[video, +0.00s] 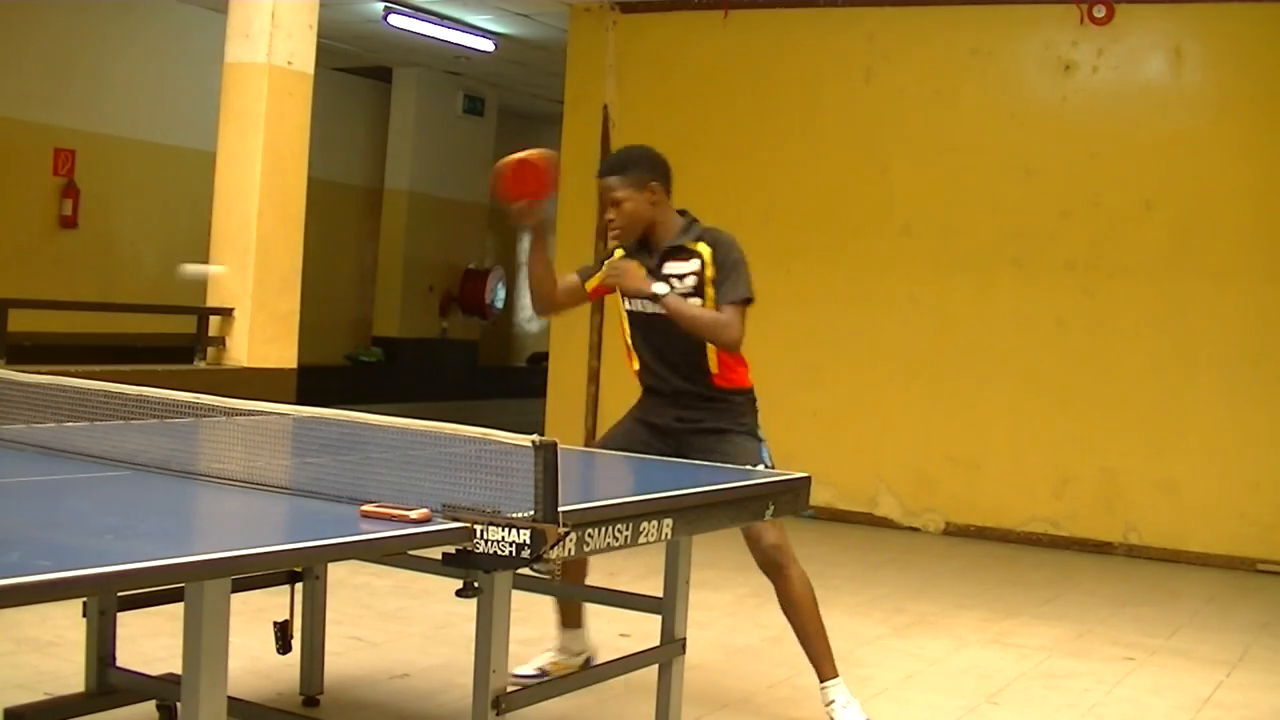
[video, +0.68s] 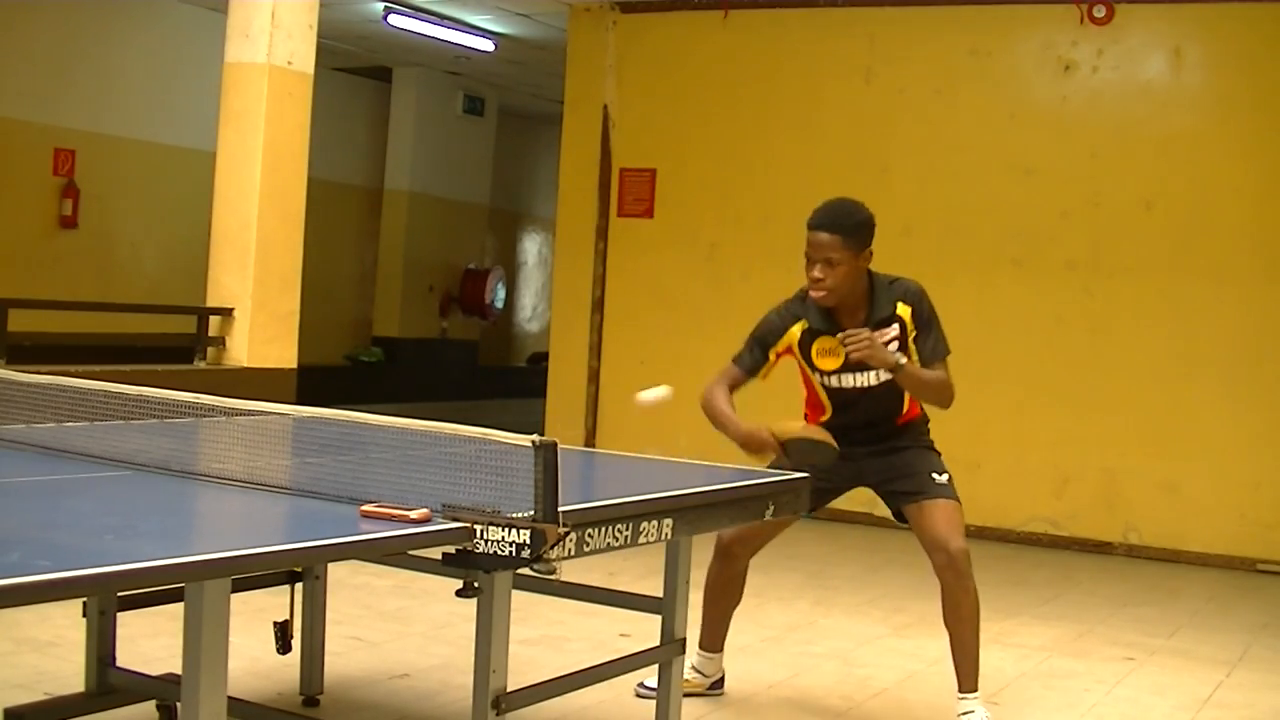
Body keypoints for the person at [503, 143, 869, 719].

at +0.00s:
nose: (607, 216)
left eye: (615, 203)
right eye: (604, 205)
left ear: (653, 196)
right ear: (638, 201)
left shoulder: (716, 248)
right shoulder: (628, 257)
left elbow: (730, 333)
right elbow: (548, 300)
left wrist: (651, 288)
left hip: (723, 424)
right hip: (654, 418)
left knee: (770, 548)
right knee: (564, 506)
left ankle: (835, 693)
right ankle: (570, 648)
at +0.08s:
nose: (636, 220)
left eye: (648, 208)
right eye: (632, 208)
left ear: (687, 207)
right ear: (630, 210)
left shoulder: (734, 269)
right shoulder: (631, 264)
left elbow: (747, 354)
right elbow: (559, 290)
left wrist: (687, 287)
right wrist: (587, 219)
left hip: (722, 437)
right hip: (643, 432)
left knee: (786, 543)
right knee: (557, 521)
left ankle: (840, 693)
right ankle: (549, 654)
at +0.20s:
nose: (685, 215)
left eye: (697, 203)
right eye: (680, 203)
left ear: (731, 205)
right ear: (677, 204)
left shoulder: (774, 270)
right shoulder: (668, 265)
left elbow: (783, 363)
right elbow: (621, 342)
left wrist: (736, 298)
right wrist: (644, 276)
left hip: (753, 432)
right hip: (676, 429)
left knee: (826, 539)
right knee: (588, 523)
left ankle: (853, 693)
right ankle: (553, 654)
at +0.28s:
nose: (708, 209)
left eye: (721, 197)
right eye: (704, 197)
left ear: (758, 198)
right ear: (701, 199)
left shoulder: (803, 258)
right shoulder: (695, 268)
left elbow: (821, 352)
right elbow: (662, 365)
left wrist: (766, 303)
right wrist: (665, 321)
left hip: (798, 424)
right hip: (720, 423)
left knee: (853, 534)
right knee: (638, 517)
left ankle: (866, 687)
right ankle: (587, 648)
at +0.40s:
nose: (743, 226)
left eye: (757, 215)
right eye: (738, 214)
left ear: (792, 216)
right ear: (734, 215)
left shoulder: (839, 271)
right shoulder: (724, 289)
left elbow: (867, 366)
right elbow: (696, 390)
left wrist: (811, 323)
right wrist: (730, 375)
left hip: (845, 427)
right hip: (768, 427)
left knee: (898, 538)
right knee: (687, 521)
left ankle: (931, 686)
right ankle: (698, 661)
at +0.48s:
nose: (768, 259)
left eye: (782, 248)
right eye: (764, 246)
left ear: (817, 247)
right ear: (760, 245)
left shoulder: (866, 299)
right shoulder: (752, 318)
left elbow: (893, 392)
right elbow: (721, 410)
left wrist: (839, 351)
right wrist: (738, 440)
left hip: (873, 447)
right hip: (797, 447)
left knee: (929, 551)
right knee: (703, 542)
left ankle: (966, 700)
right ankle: (703, 667)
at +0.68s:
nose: (815, 275)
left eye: (829, 264)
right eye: (810, 262)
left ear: (864, 261)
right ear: (804, 256)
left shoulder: (906, 302)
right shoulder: (791, 317)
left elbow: (944, 394)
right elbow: (714, 392)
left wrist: (892, 364)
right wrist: (739, 430)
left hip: (903, 447)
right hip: (827, 447)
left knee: (953, 553)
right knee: (732, 542)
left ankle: (970, 700)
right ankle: (705, 668)